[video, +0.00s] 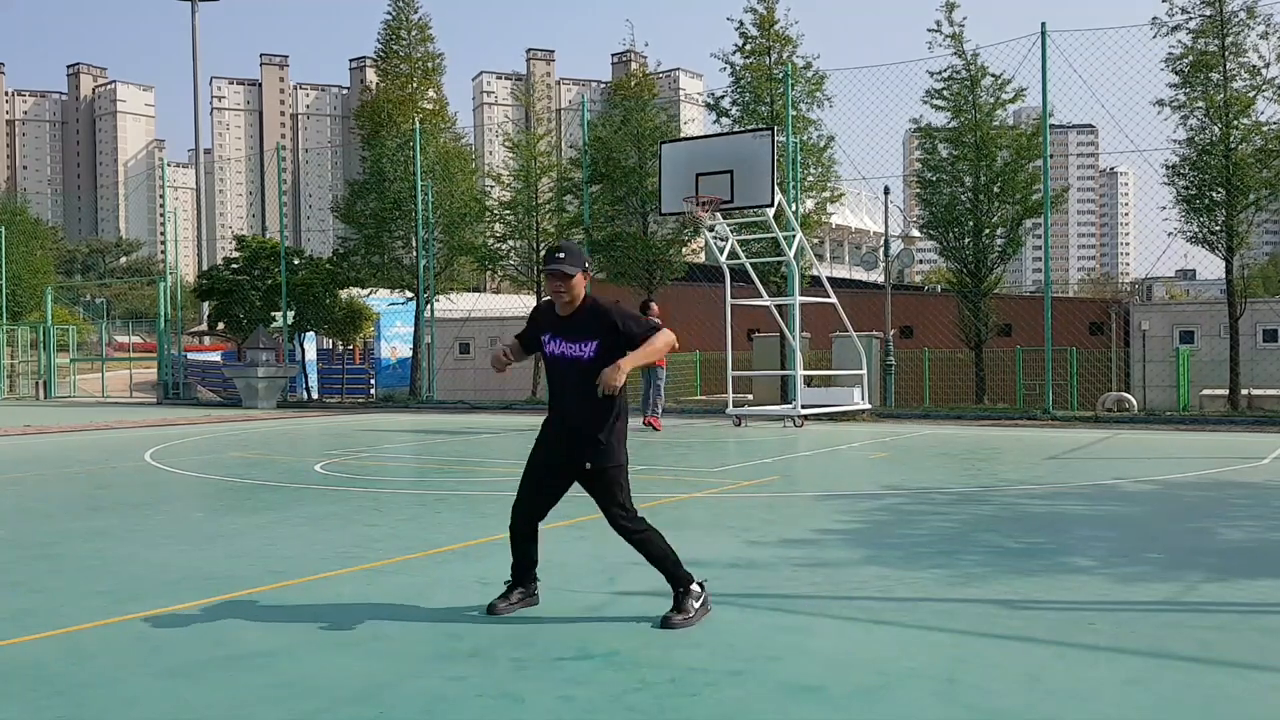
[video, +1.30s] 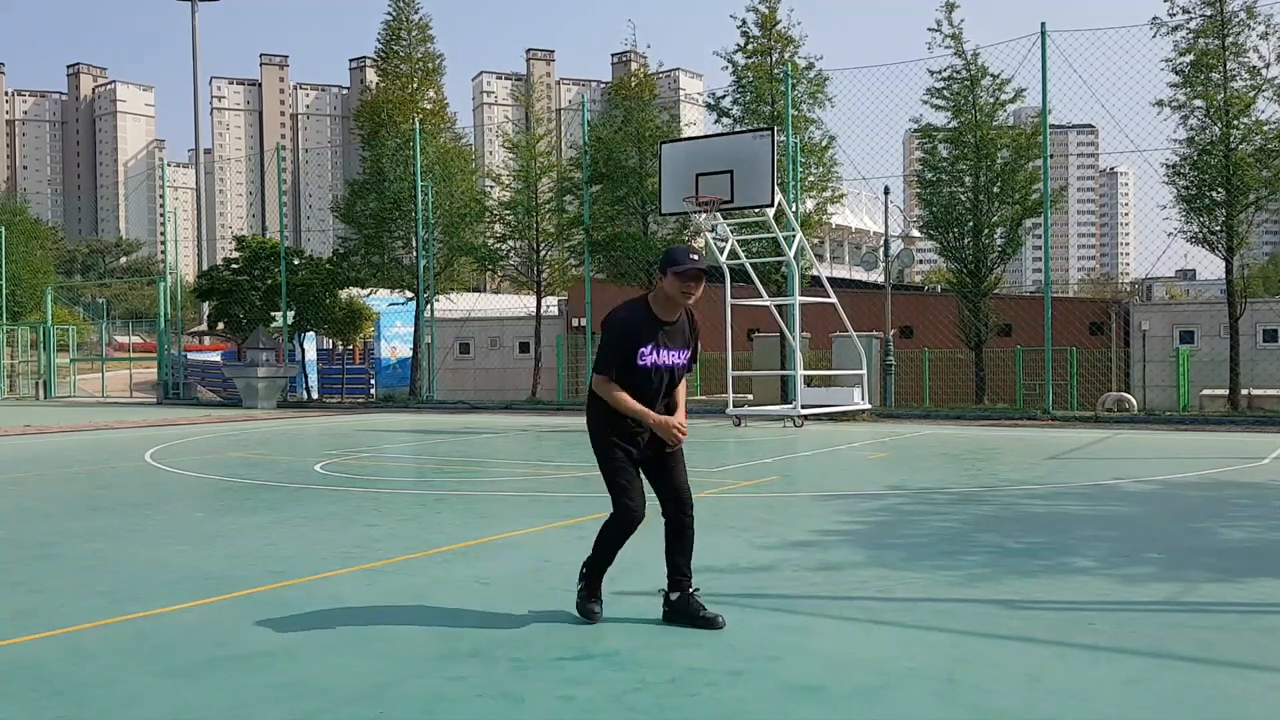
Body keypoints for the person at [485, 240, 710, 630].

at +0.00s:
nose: (557, 284)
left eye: (566, 277)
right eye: (551, 277)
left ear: (586, 277)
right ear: (545, 280)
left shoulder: (608, 317)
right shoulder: (543, 316)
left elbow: (666, 339)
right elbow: (524, 345)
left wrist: (624, 364)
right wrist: (506, 353)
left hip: (601, 442)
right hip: (557, 438)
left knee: (623, 519)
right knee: (523, 514)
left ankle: (688, 590)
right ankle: (523, 587)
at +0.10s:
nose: (530, 302)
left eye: (538, 295)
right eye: (523, 295)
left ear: (556, 285)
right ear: (515, 289)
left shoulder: (582, 311)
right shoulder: (516, 311)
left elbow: (639, 338)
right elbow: (514, 348)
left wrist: (602, 380)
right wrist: (509, 375)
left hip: (587, 421)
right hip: (544, 421)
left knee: (600, 501)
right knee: (526, 505)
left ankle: (654, 582)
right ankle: (523, 585)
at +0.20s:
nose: (523, 305)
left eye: (530, 298)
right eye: (516, 299)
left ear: (543, 287)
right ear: (504, 290)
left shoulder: (568, 308)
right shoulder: (499, 311)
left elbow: (621, 332)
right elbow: (503, 347)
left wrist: (587, 376)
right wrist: (506, 377)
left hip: (577, 415)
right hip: (532, 416)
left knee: (581, 493)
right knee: (524, 502)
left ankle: (605, 575)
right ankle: (523, 583)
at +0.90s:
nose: (592, 281)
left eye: (598, 274)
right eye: (585, 273)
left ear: (605, 274)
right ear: (566, 268)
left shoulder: (600, 310)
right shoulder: (533, 310)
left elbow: (618, 358)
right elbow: (505, 371)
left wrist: (608, 390)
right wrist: (560, 399)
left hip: (582, 422)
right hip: (535, 426)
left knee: (615, 493)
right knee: (528, 506)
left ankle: (645, 580)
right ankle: (495, 579)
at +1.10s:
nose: (652, 299)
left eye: (658, 292)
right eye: (645, 290)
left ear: (663, 294)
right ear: (623, 286)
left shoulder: (646, 328)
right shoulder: (587, 323)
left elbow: (661, 369)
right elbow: (549, 375)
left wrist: (651, 397)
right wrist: (599, 403)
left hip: (619, 441)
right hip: (572, 444)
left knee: (657, 505)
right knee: (560, 518)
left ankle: (676, 596)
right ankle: (505, 574)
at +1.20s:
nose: (683, 296)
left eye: (689, 290)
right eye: (676, 287)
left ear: (692, 293)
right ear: (653, 285)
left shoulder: (671, 330)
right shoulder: (611, 324)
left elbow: (661, 380)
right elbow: (583, 388)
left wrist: (660, 425)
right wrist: (629, 431)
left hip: (640, 432)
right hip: (593, 431)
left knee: (664, 504)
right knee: (595, 515)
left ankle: (677, 596)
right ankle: (544, 564)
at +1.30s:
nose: (693, 285)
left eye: (699, 279)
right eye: (685, 277)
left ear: (702, 283)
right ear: (662, 277)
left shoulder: (688, 323)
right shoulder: (625, 319)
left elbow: (679, 374)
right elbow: (600, 383)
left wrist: (679, 417)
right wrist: (653, 419)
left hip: (658, 426)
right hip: (613, 425)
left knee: (680, 506)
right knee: (631, 510)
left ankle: (679, 596)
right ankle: (590, 581)